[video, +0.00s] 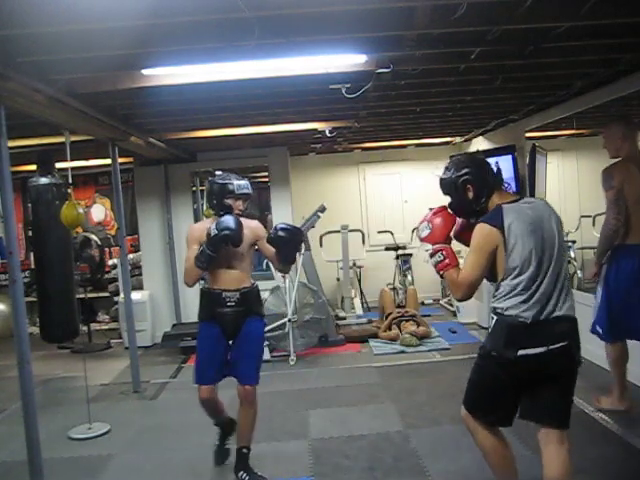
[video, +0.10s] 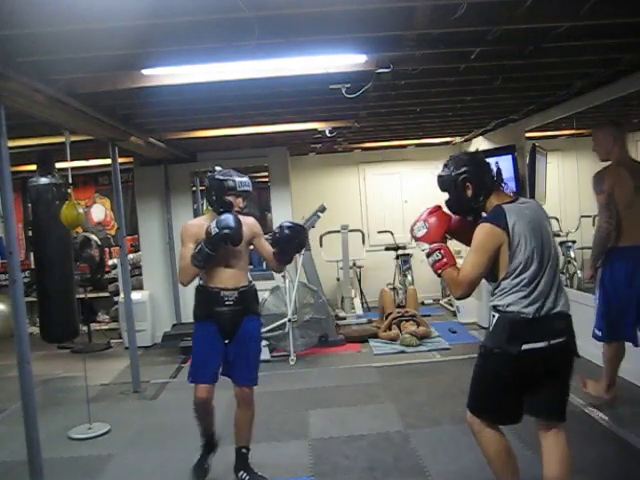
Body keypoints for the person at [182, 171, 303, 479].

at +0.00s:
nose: (239, 206)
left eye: (243, 201)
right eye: (233, 200)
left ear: (246, 203)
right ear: (217, 201)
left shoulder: (253, 228)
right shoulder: (199, 230)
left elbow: (282, 267)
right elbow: (189, 279)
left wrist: (289, 249)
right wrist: (210, 248)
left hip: (248, 310)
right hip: (212, 311)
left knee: (248, 391)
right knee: (205, 394)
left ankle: (243, 463)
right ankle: (226, 426)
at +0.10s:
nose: (241, 202)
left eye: (243, 196)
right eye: (235, 196)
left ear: (243, 198)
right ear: (217, 196)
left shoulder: (249, 225)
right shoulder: (195, 228)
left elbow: (276, 264)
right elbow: (184, 277)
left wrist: (290, 248)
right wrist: (209, 246)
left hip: (246, 311)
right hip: (209, 312)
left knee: (245, 393)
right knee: (201, 394)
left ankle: (242, 464)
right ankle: (209, 444)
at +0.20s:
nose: (239, 201)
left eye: (241, 196)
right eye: (233, 195)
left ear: (240, 197)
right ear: (213, 195)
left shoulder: (245, 225)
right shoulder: (190, 226)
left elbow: (272, 264)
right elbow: (178, 274)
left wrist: (292, 250)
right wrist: (210, 241)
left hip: (243, 311)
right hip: (207, 312)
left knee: (244, 395)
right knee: (202, 399)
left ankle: (242, 465)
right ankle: (196, 470)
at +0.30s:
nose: (238, 204)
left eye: (239, 199)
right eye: (232, 198)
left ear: (233, 200)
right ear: (213, 197)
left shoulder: (235, 228)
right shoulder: (185, 228)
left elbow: (264, 267)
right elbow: (179, 277)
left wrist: (287, 253)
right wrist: (213, 242)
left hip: (239, 319)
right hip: (204, 321)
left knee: (254, 400)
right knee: (199, 404)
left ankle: (243, 463)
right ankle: (194, 472)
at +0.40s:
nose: (242, 202)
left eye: (243, 196)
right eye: (237, 196)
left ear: (225, 196)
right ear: (217, 196)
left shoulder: (234, 227)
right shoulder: (186, 227)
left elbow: (260, 265)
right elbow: (183, 279)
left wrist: (284, 249)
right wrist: (219, 246)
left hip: (240, 319)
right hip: (204, 321)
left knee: (263, 396)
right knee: (200, 406)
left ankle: (253, 463)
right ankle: (194, 470)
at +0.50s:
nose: (249, 201)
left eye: (249, 195)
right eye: (244, 195)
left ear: (229, 194)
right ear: (224, 193)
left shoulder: (240, 224)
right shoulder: (195, 225)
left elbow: (271, 257)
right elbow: (195, 278)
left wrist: (297, 241)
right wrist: (231, 246)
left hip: (244, 318)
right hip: (210, 321)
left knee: (263, 399)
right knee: (208, 409)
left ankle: (264, 471)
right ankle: (194, 471)